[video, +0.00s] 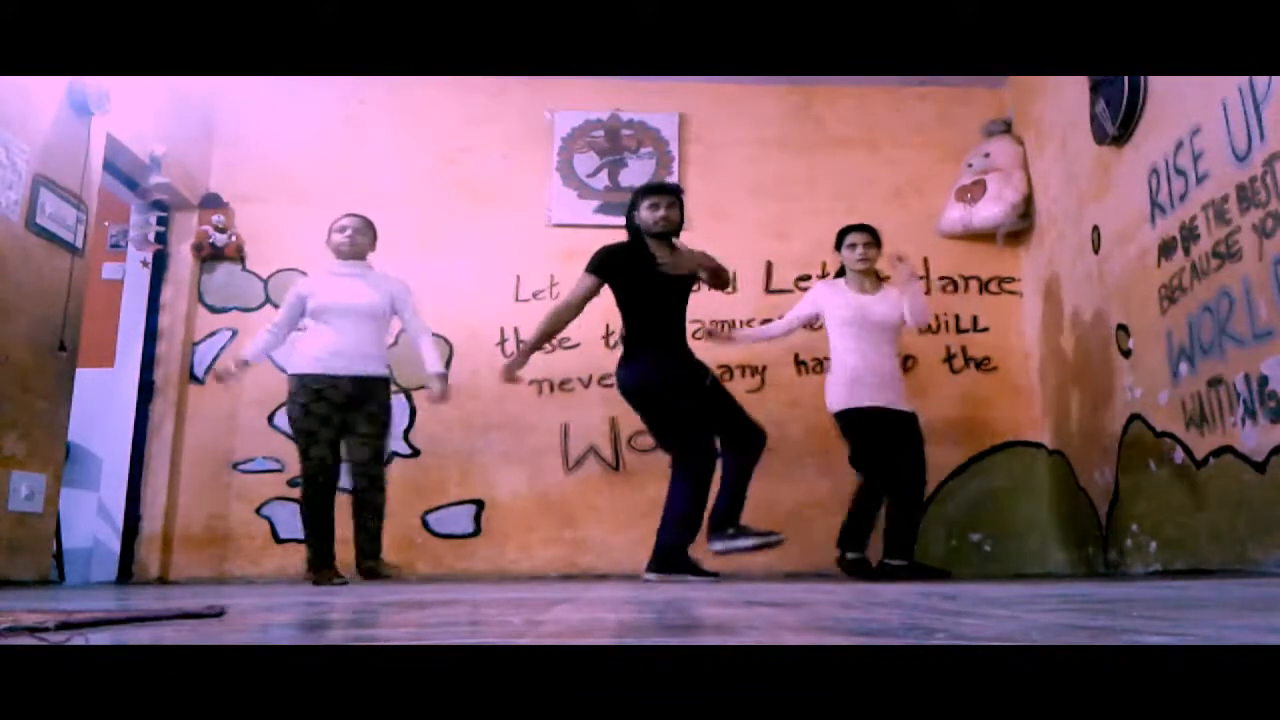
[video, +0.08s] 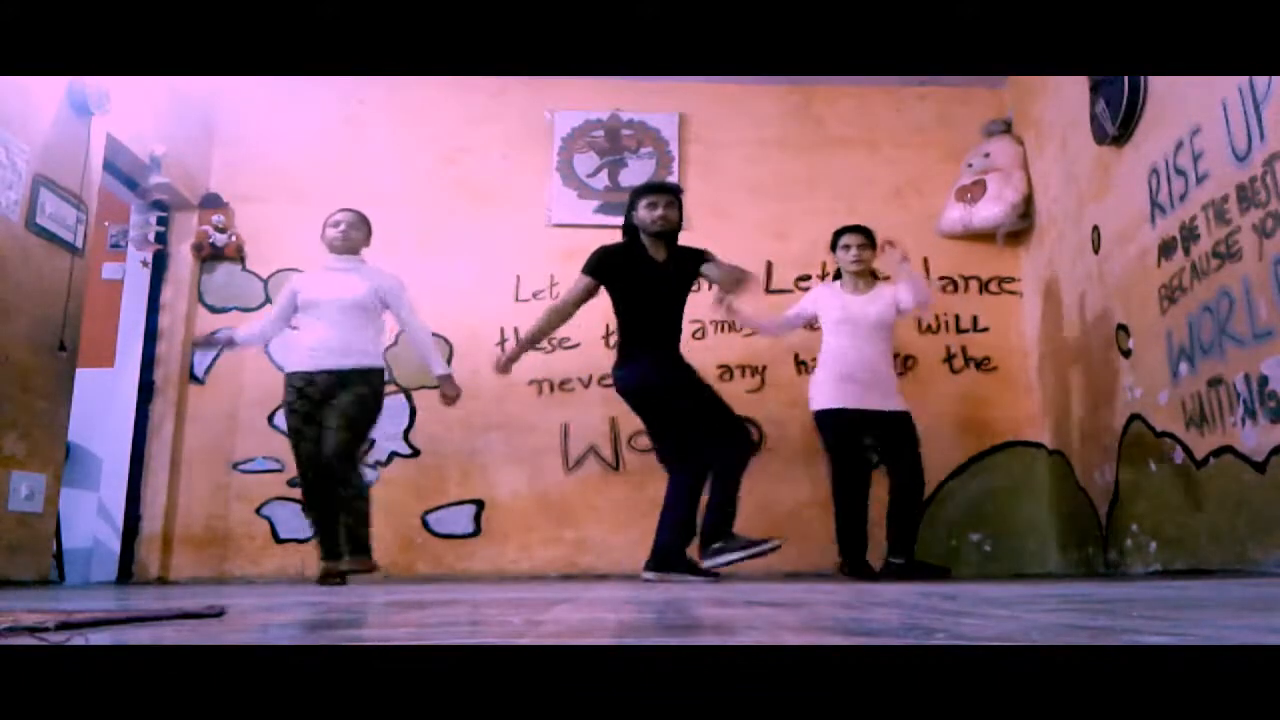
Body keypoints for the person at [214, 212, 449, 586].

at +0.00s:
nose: (348, 234)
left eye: (357, 230)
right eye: (341, 229)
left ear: (372, 244)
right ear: (327, 242)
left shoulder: (390, 286)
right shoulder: (309, 284)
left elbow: (418, 330)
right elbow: (277, 329)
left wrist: (435, 372)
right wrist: (243, 357)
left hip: (369, 388)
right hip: (314, 387)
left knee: (369, 476)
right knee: (319, 477)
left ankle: (369, 560)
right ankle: (321, 565)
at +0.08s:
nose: (341, 228)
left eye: (351, 224)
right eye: (334, 224)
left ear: (366, 239)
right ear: (321, 237)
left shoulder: (379, 280)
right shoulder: (301, 282)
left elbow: (414, 327)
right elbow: (267, 327)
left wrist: (442, 375)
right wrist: (221, 337)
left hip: (358, 380)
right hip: (305, 382)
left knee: (337, 458)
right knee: (312, 470)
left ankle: (358, 555)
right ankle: (330, 560)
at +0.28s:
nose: (320, 237)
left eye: (330, 234)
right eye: (315, 232)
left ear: (344, 249)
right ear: (303, 242)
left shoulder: (354, 287)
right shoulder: (278, 282)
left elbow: (396, 334)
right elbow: (231, 313)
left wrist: (432, 366)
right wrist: (196, 307)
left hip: (331, 383)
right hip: (293, 388)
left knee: (268, 464)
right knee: (331, 478)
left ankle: (267, 566)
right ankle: (382, 563)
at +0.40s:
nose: (235, 212)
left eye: (248, 209)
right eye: (230, 205)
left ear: (267, 230)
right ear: (218, 216)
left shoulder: (273, 277)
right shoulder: (179, 264)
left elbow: (330, 338)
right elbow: (114, 294)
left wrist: (377, 383)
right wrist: (79, 318)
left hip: (243, 387)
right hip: (188, 393)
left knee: (179, 482)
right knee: (207, 505)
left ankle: (188, 606)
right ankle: (304, 584)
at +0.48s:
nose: (231, 205)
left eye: (245, 202)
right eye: (224, 198)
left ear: (261, 223)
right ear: (211, 209)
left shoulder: (266, 271)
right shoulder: (172, 255)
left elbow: (303, 331)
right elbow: (109, 296)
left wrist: (331, 367)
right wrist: (78, 338)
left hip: (237, 381)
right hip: (173, 383)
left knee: (190, 481)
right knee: (175, 489)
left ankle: (177, 605)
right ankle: (272, 578)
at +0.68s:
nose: (189, 208)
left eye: (204, 204)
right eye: (183, 204)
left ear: (226, 224)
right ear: (174, 220)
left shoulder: (240, 271)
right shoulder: (163, 276)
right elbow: (145, 337)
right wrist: (102, 358)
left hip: (198, 397)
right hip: (135, 392)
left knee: (143, 485)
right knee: (139, 499)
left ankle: (131, 609)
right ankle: (186, 606)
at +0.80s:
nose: (176, 199)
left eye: (191, 195)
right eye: (170, 193)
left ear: (210, 215)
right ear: (159, 207)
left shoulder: (222, 259)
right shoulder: (151, 264)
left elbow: (228, 325)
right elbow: (131, 338)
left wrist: (168, 334)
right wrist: (81, 336)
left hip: (191, 381)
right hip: (139, 384)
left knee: (113, 472)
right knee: (158, 496)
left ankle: (124, 599)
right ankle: (213, 599)